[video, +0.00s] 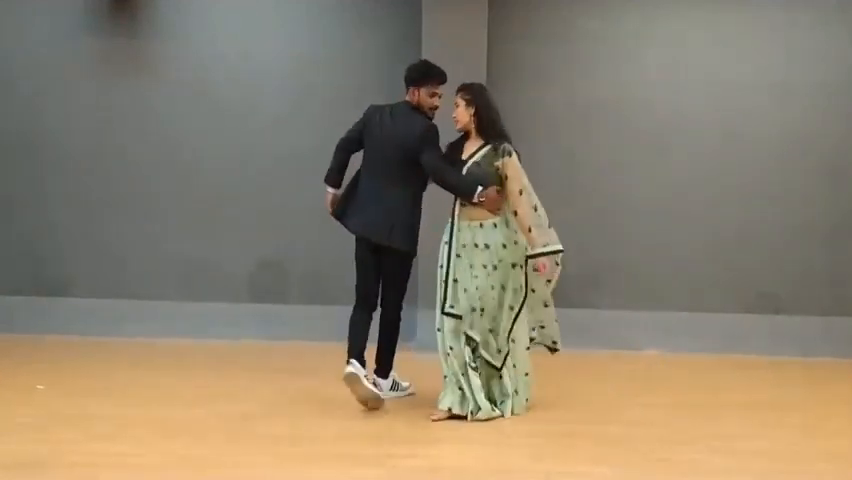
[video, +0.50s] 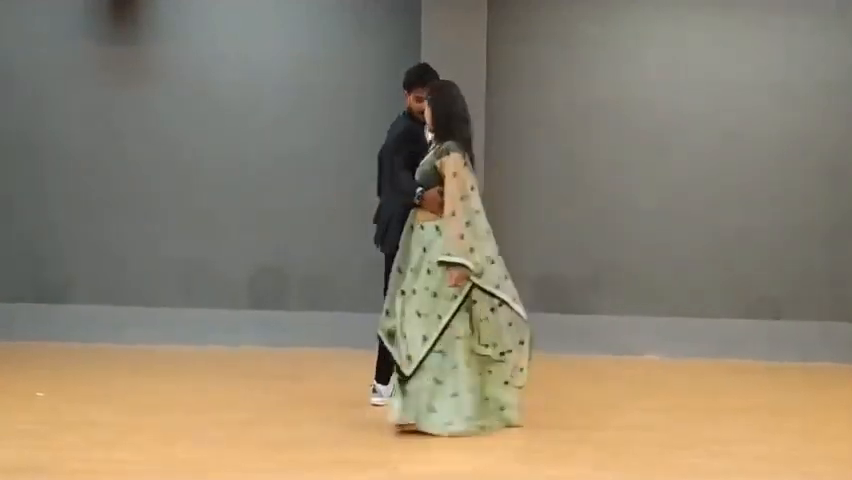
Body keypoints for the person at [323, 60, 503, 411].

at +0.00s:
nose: (438, 101)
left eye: (439, 94)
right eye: (434, 94)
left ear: (411, 93)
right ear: (414, 91)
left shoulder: (375, 114)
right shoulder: (424, 129)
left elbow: (344, 146)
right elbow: (438, 171)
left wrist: (333, 186)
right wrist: (478, 192)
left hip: (364, 223)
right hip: (400, 230)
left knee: (364, 300)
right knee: (392, 307)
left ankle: (354, 362)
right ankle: (384, 378)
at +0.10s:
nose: (438, 102)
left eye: (439, 95)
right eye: (433, 95)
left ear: (414, 93)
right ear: (413, 91)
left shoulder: (379, 115)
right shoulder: (422, 130)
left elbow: (351, 148)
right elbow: (433, 173)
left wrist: (342, 190)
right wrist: (468, 190)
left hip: (370, 223)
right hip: (401, 230)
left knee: (370, 298)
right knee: (392, 305)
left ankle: (348, 358)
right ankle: (383, 379)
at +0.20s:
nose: (435, 101)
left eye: (437, 94)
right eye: (429, 94)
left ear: (424, 91)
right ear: (412, 91)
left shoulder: (384, 116)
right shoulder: (419, 129)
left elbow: (358, 150)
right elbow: (427, 173)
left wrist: (351, 191)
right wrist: (458, 190)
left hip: (374, 220)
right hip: (401, 228)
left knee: (380, 296)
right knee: (393, 304)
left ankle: (353, 361)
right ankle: (383, 379)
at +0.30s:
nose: (432, 101)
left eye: (434, 94)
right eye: (426, 95)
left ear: (432, 91)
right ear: (410, 92)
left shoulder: (390, 118)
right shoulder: (415, 128)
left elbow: (366, 151)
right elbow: (417, 170)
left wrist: (363, 189)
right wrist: (445, 192)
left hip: (379, 220)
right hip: (401, 226)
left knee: (391, 297)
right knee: (394, 301)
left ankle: (373, 367)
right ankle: (383, 380)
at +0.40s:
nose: (428, 104)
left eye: (432, 96)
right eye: (421, 97)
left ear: (437, 93)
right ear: (407, 95)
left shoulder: (396, 121)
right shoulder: (411, 129)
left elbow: (374, 153)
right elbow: (408, 172)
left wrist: (373, 193)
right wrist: (434, 193)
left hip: (389, 226)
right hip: (401, 231)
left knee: (406, 301)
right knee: (396, 305)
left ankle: (405, 370)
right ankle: (382, 381)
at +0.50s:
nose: (423, 105)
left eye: (428, 97)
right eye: (417, 98)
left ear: (435, 96)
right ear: (406, 97)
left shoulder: (434, 129)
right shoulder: (402, 130)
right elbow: (393, 174)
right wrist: (421, 194)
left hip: (423, 229)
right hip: (400, 230)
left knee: (421, 307)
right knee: (397, 305)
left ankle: (415, 383)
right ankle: (383, 381)